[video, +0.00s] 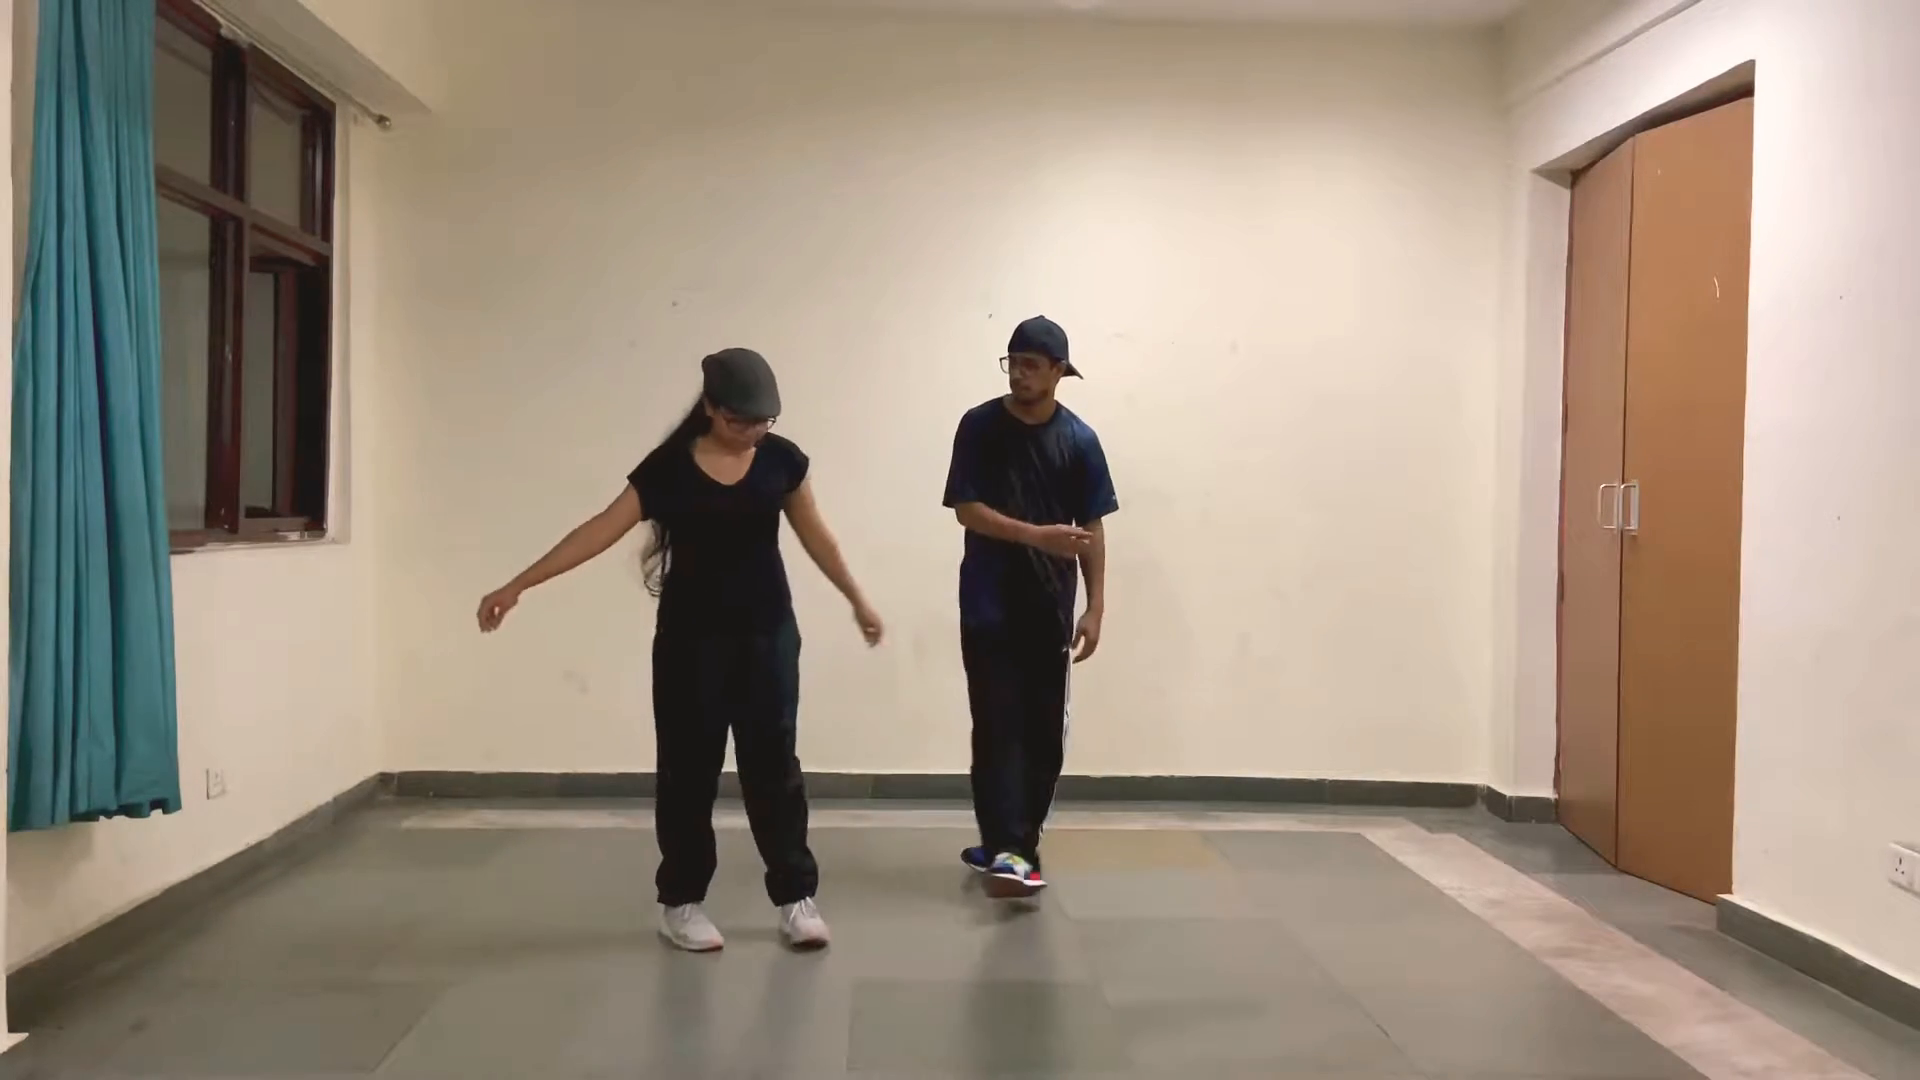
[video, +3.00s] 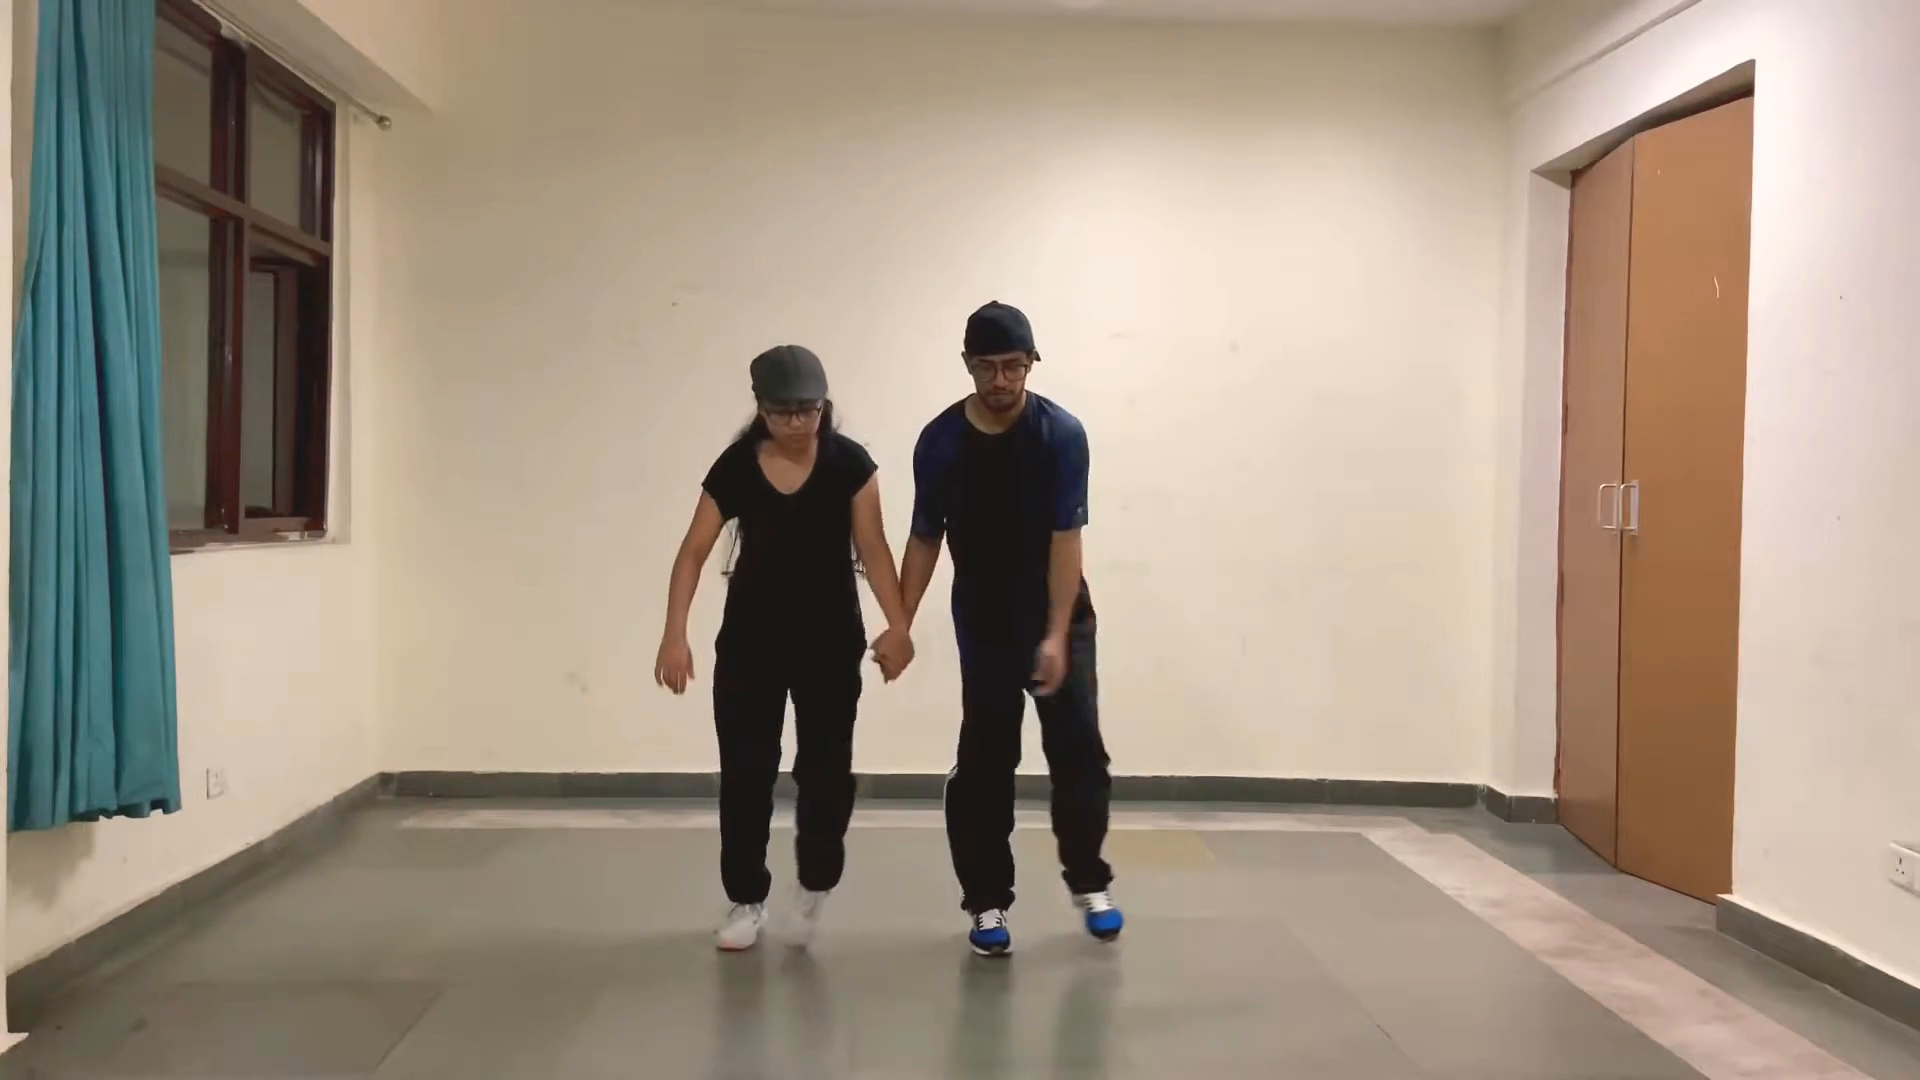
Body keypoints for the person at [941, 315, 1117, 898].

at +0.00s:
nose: (1022, 374)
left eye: (1034, 365)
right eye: (1015, 364)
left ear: (1059, 371)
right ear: (1006, 365)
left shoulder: (1079, 439)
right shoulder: (979, 426)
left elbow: (1092, 527)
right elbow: (965, 509)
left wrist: (1096, 607)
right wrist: (1036, 534)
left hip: (1049, 604)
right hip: (988, 600)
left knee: (1043, 724)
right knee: (996, 720)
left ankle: (1021, 848)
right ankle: (1005, 850)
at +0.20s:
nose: (1020, 368)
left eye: (1031, 359)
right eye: (1012, 359)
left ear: (1056, 364)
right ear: (1002, 366)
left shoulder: (1080, 433)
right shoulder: (983, 434)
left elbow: (1096, 519)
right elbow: (972, 530)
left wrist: (1119, 596)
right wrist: (993, 613)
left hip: (1067, 604)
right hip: (1009, 606)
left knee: (1053, 733)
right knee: (1026, 738)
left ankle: (1002, 828)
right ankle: (1057, 871)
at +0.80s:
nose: (1022, 355)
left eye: (1034, 344)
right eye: (1012, 345)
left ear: (1056, 345)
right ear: (999, 348)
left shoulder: (1087, 412)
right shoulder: (983, 427)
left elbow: (1124, 488)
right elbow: (959, 516)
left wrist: (1183, 549)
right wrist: (910, 579)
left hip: (1095, 608)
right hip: (1024, 616)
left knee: (1108, 731)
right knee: (1034, 745)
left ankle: (1090, 846)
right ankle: (1052, 872)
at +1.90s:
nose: (985, 369)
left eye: (997, 357)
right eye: (973, 357)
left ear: (1018, 358)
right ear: (958, 359)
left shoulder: (1046, 432)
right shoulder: (928, 433)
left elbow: (1077, 519)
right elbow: (899, 529)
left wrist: (1114, 566)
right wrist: (856, 616)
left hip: (1037, 627)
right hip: (961, 625)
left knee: (1043, 763)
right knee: (961, 752)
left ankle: (1029, 906)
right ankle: (964, 849)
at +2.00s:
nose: (966, 360)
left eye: (978, 348)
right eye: (954, 349)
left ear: (1001, 348)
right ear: (941, 352)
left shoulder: (1036, 424)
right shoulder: (915, 428)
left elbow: (1073, 504)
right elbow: (889, 524)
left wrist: (1112, 537)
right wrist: (846, 611)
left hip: (1021, 627)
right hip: (943, 625)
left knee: (1032, 762)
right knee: (934, 750)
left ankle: (1026, 907)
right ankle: (896, 862)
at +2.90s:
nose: (993, 374)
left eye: (1005, 361)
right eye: (980, 362)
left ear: (1023, 360)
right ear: (960, 361)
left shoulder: (1056, 430)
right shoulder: (935, 435)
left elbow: (1084, 525)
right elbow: (915, 538)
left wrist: (1132, 607)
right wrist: (886, 620)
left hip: (1046, 622)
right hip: (971, 625)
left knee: (1050, 759)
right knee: (975, 762)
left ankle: (1045, 900)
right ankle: (982, 901)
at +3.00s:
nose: (1001, 379)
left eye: (1013, 366)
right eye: (987, 366)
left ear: (1031, 364)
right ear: (969, 368)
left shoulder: (1061, 435)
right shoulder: (940, 442)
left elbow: (1066, 543)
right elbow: (923, 539)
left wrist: (1058, 633)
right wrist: (899, 626)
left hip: (1059, 611)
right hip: (985, 617)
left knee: (1078, 748)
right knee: (987, 756)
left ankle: (1089, 879)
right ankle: (987, 901)